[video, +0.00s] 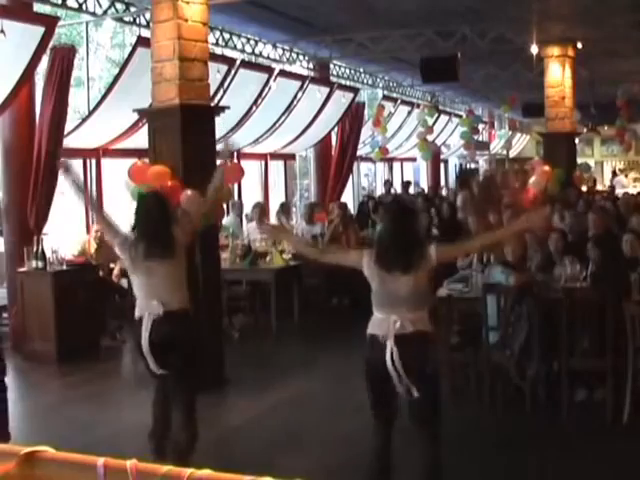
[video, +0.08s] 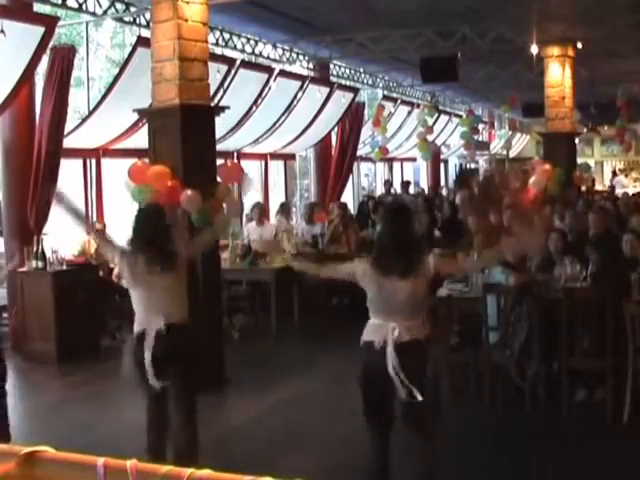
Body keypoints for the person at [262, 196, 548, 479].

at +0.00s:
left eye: (384, 222)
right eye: (414, 221)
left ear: (383, 229)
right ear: (416, 227)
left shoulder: (366, 260)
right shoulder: (428, 256)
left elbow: (317, 254)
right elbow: (475, 244)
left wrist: (283, 234)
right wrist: (523, 224)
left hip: (378, 337)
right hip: (418, 336)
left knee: (382, 414)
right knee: (427, 413)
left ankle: (381, 469)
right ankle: (432, 466)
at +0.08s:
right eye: (411, 226)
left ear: (380, 233)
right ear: (412, 231)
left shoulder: (365, 268)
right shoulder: (427, 265)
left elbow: (319, 270)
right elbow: (465, 265)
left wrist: (289, 259)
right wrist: (499, 253)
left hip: (375, 342)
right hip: (413, 342)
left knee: (377, 413)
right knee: (416, 409)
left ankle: (379, 465)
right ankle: (428, 458)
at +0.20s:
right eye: (407, 226)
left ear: (376, 231)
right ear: (406, 230)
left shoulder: (362, 267)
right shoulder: (423, 255)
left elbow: (316, 275)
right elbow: (465, 264)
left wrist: (282, 268)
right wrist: (508, 271)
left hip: (380, 341)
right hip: (417, 343)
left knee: (368, 404)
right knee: (392, 392)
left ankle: (375, 463)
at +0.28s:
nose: (410, 222)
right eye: (406, 218)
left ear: (373, 225)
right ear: (403, 224)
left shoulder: (361, 261)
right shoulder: (418, 249)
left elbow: (319, 270)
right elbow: (458, 256)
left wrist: (286, 264)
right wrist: (498, 261)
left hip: (383, 327)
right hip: (419, 326)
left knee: (378, 393)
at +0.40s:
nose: (406, 224)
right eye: (404, 219)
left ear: (373, 223)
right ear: (404, 224)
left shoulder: (360, 260)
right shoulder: (416, 254)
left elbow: (319, 264)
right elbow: (456, 258)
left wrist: (282, 261)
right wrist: (496, 251)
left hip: (383, 338)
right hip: (420, 337)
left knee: (379, 415)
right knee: (351, 364)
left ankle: (379, 472)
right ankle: (339, 419)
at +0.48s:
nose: (409, 222)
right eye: (407, 217)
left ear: (374, 222)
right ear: (405, 223)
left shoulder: (360, 259)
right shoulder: (417, 255)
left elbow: (318, 263)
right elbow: (461, 261)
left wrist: (288, 260)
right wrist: (498, 251)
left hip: (382, 334)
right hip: (418, 334)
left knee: (380, 413)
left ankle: (379, 470)